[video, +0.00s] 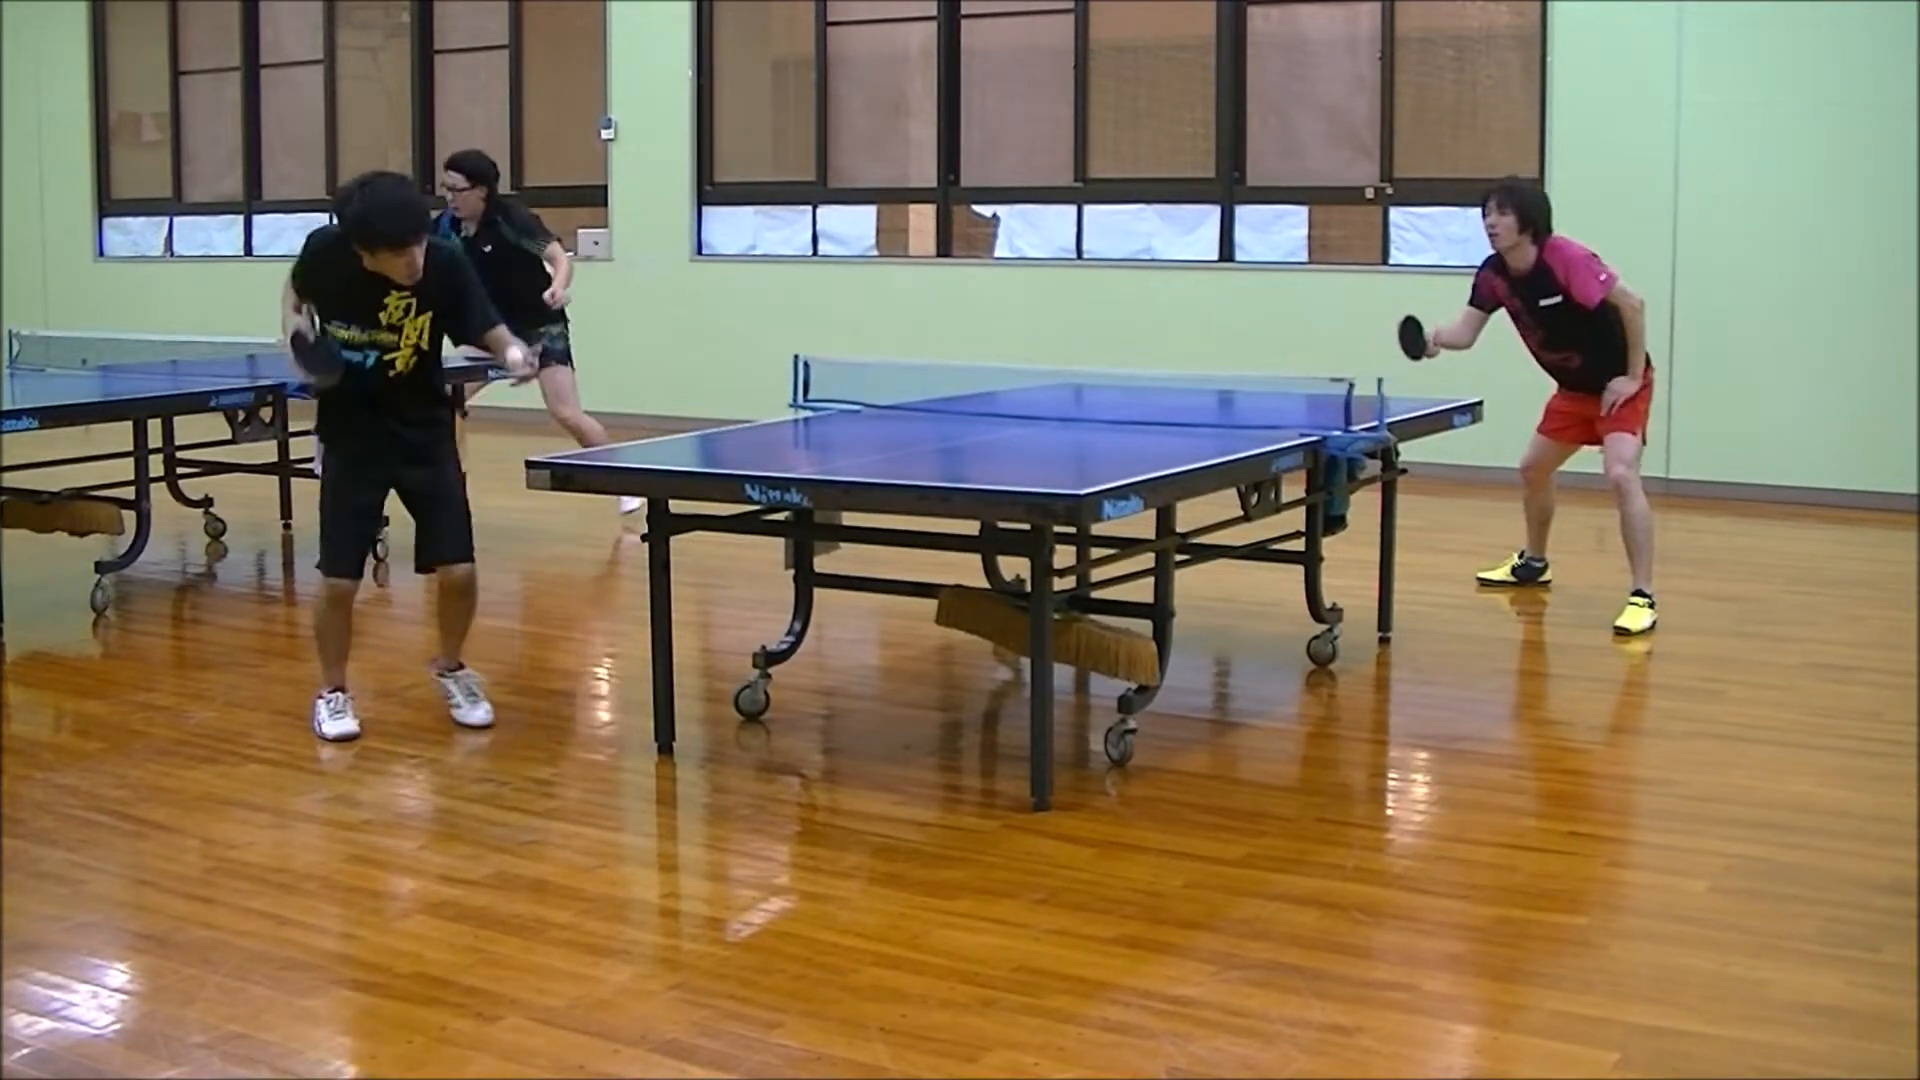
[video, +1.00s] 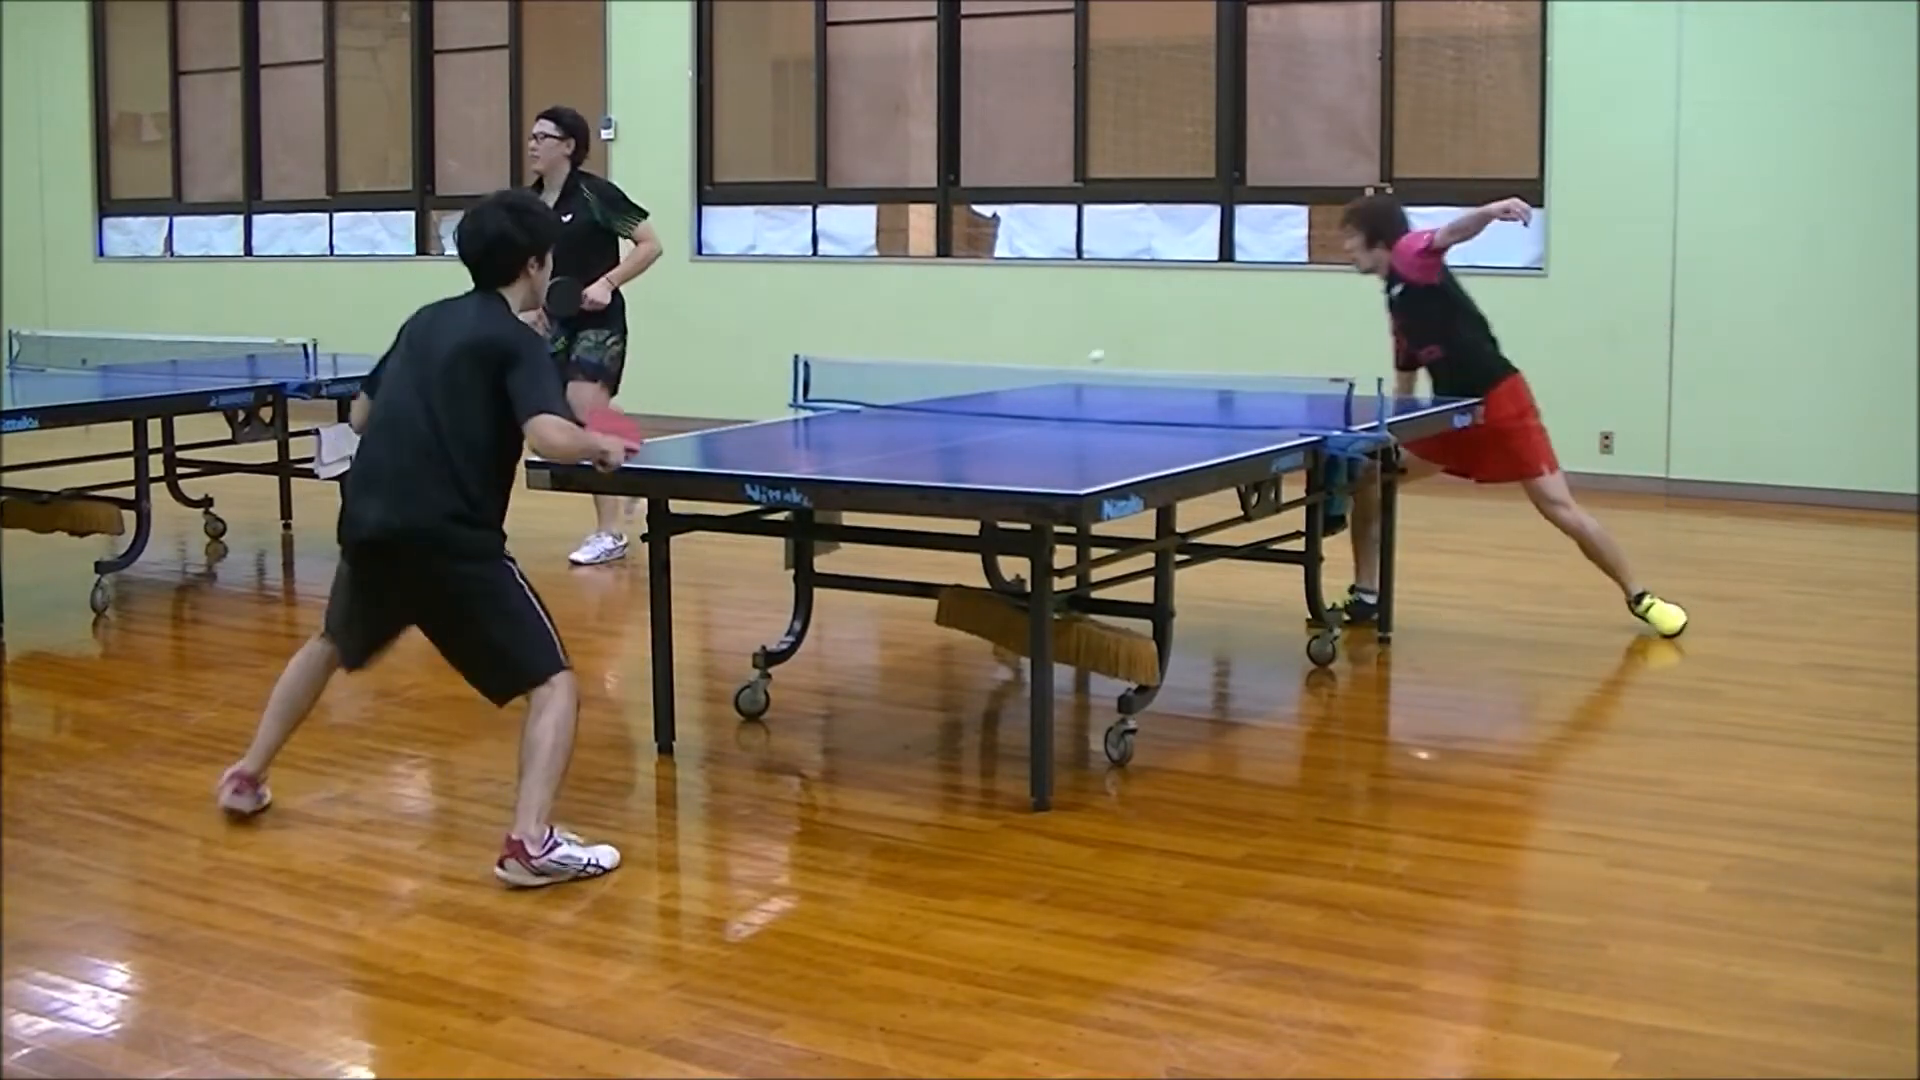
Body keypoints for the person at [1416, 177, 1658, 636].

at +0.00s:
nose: (1491, 224)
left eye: (1502, 215)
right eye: (1487, 215)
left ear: (1529, 221)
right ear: (1485, 221)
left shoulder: (1565, 258)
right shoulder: (1493, 273)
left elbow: (1632, 305)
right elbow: (1465, 333)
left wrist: (1634, 374)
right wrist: (1434, 337)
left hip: (1622, 381)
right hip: (1573, 387)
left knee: (1620, 473)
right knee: (1534, 469)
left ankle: (1642, 596)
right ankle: (1533, 562)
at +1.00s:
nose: (1346, 249)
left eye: (1351, 239)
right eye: (1345, 240)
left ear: (1377, 237)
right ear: (1372, 241)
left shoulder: (1411, 253)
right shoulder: (1399, 295)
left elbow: (1448, 234)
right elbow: (1404, 379)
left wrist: (1489, 212)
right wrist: (1390, 434)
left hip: (1500, 397)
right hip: (1451, 408)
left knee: (1560, 510)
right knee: (1367, 473)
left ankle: (1639, 598)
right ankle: (1366, 595)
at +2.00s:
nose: (1346, 227)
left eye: (1356, 219)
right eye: (1340, 219)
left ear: (1376, 224)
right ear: (1333, 225)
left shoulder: (1403, 257)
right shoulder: (1328, 273)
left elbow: (1455, 299)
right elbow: (1303, 333)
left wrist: (1437, 333)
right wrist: (1334, 356)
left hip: (1430, 378)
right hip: (1367, 383)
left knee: (1482, 458)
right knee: (1322, 453)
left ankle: (1516, 537)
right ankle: (1308, 535)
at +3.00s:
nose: (1484, 222)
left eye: (1492, 215)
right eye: (1477, 215)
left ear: (1507, 219)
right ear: (1469, 224)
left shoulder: (1538, 256)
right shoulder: (1466, 274)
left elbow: (1583, 290)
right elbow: (1441, 320)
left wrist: (1602, 333)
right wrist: (1436, 353)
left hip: (1564, 377)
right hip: (1510, 382)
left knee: (1616, 453)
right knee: (1455, 437)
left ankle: (1652, 520)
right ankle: (1467, 509)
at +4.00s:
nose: (1258, 220)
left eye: (1263, 211)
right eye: (1251, 215)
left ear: (1279, 204)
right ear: (1246, 220)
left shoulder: (1310, 205)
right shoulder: (1258, 261)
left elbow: (1341, 181)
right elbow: (1282, 307)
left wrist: (1374, 161)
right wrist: (1309, 333)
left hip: (1353, 298)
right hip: (1305, 314)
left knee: (1420, 314)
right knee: (1270, 391)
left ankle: (1447, 392)